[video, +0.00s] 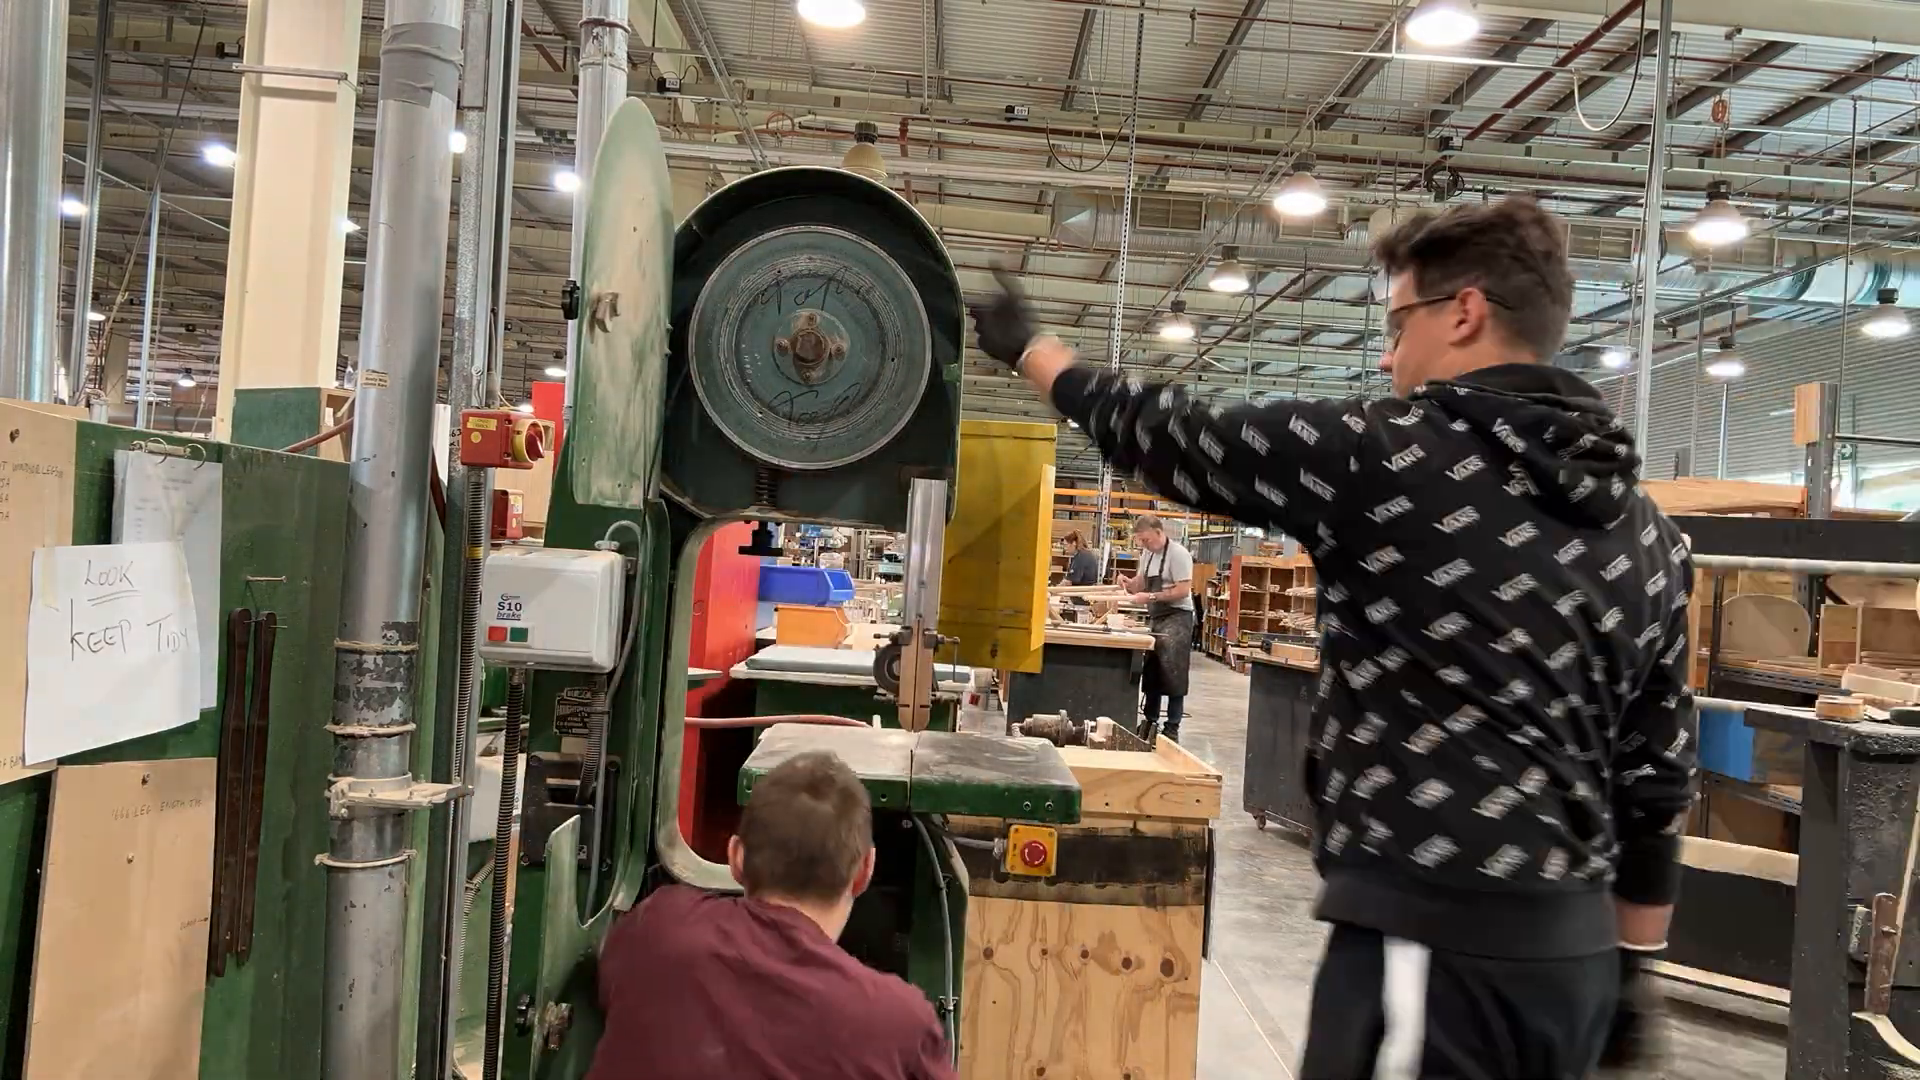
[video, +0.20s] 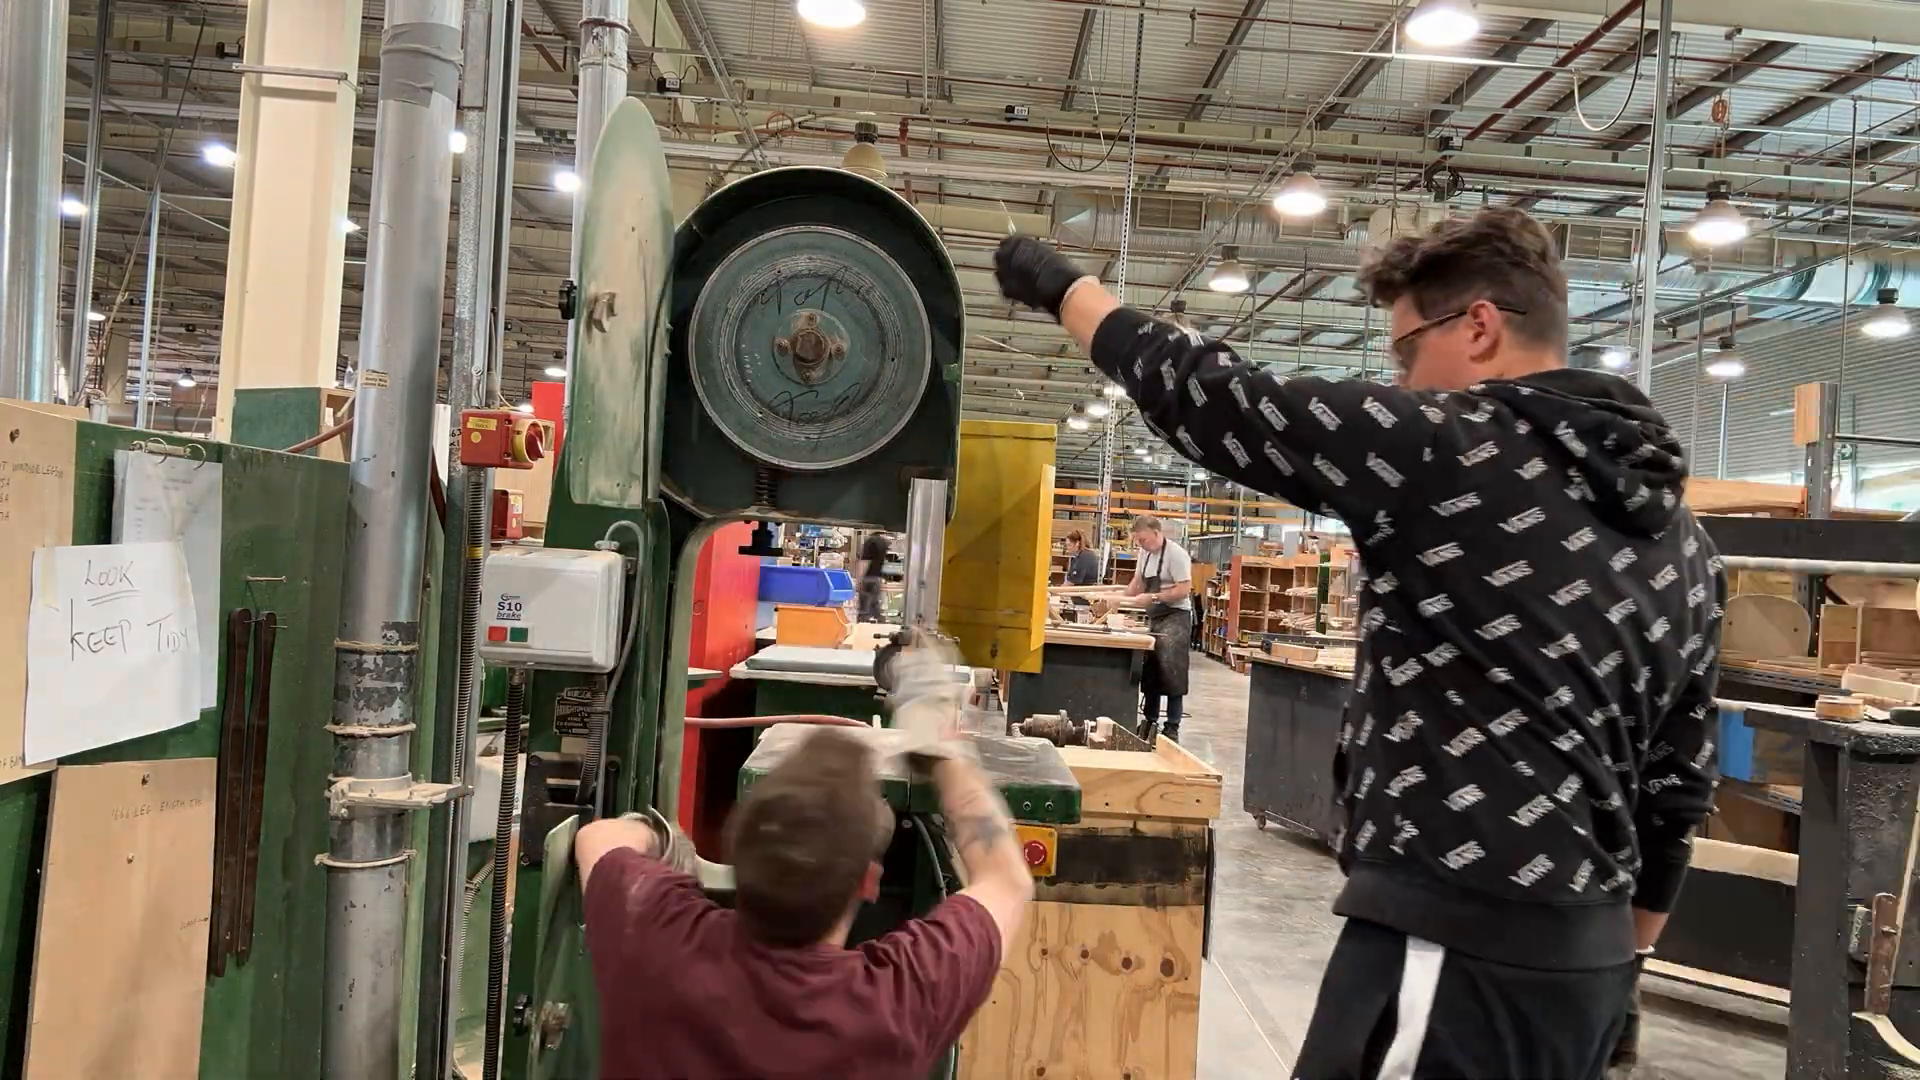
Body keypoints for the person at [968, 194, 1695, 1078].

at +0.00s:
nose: (1388, 355)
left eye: (1399, 322)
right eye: (1390, 326)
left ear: (1468, 314)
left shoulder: (1383, 452)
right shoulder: (1649, 537)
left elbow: (1174, 435)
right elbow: (1654, 773)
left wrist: (1031, 349)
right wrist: (1636, 955)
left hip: (1425, 959)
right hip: (1576, 959)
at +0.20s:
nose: (1398, 382)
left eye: (1406, 347)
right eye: (1396, 353)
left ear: (1480, 329)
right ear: (1495, 334)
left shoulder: (1441, 444)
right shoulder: (1681, 538)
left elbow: (1220, 401)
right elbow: (1678, 768)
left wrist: (1069, 290)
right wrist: (1636, 926)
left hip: (1447, 962)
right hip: (1586, 967)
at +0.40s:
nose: (1596, 391)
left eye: (1600, 372)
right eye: (1600, 371)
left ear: (1444, 340)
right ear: (1573, 377)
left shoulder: (1279, 505)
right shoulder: (1604, 561)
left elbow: (1242, 741)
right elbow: (1648, 803)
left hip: (1263, 1026)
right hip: (1478, 1037)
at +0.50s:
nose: (1607, 443)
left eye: (1607, 416)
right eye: (1586, 417)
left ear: (1480, 423)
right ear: (1488, 418)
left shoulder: (1334, 542)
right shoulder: (1535, 558)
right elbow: (1577, 813)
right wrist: (1789, 845)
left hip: (1372, 992)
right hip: (1518, 1009)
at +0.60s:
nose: (1558, 657)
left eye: (1566, 636)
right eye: (1562, 628)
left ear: (1461, 577)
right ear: (1528, 591)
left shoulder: (1342, 616)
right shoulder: (1510, 656)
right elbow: (1632, 898)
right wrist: (1570, 1061)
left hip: (1168, 951)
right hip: (1302, 984)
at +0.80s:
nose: (1599, 398)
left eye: (1591, 372)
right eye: (1562, 381)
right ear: (1473, 415)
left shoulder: (1494, 525)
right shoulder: (1462, 528)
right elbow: (1394, 755)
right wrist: (1574, 843)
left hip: (1455, 972)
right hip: (1418, 987)